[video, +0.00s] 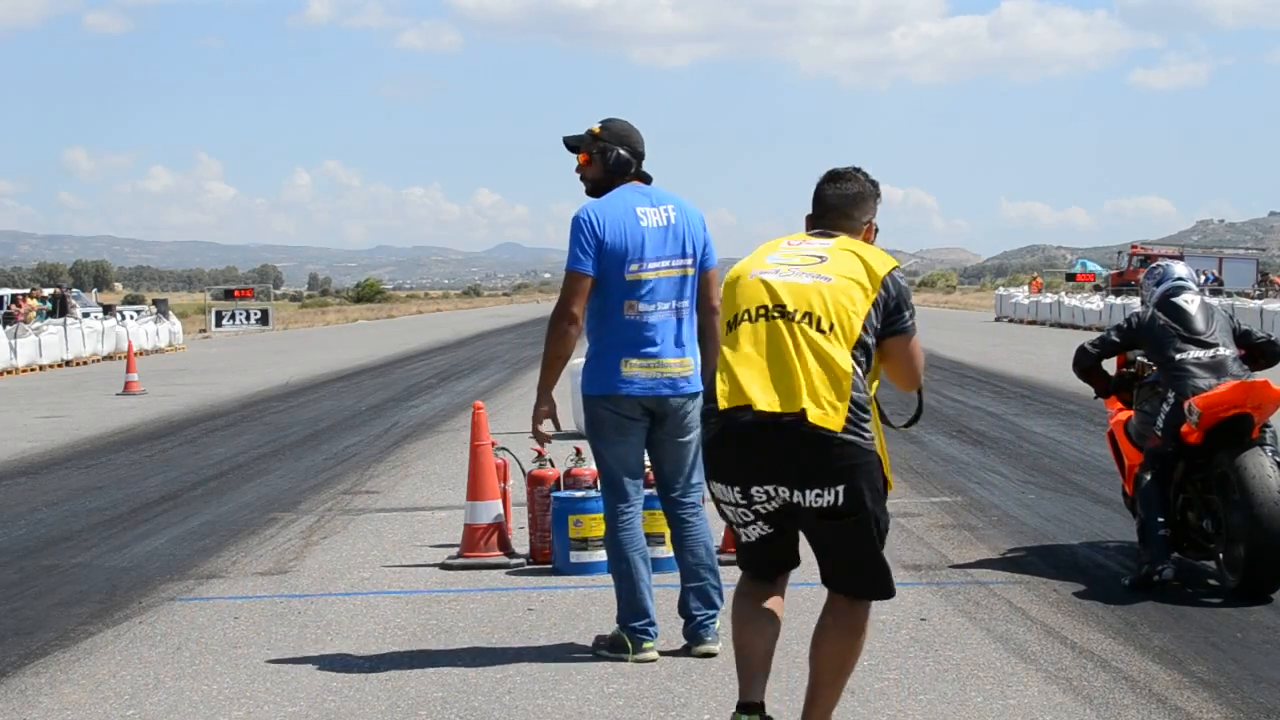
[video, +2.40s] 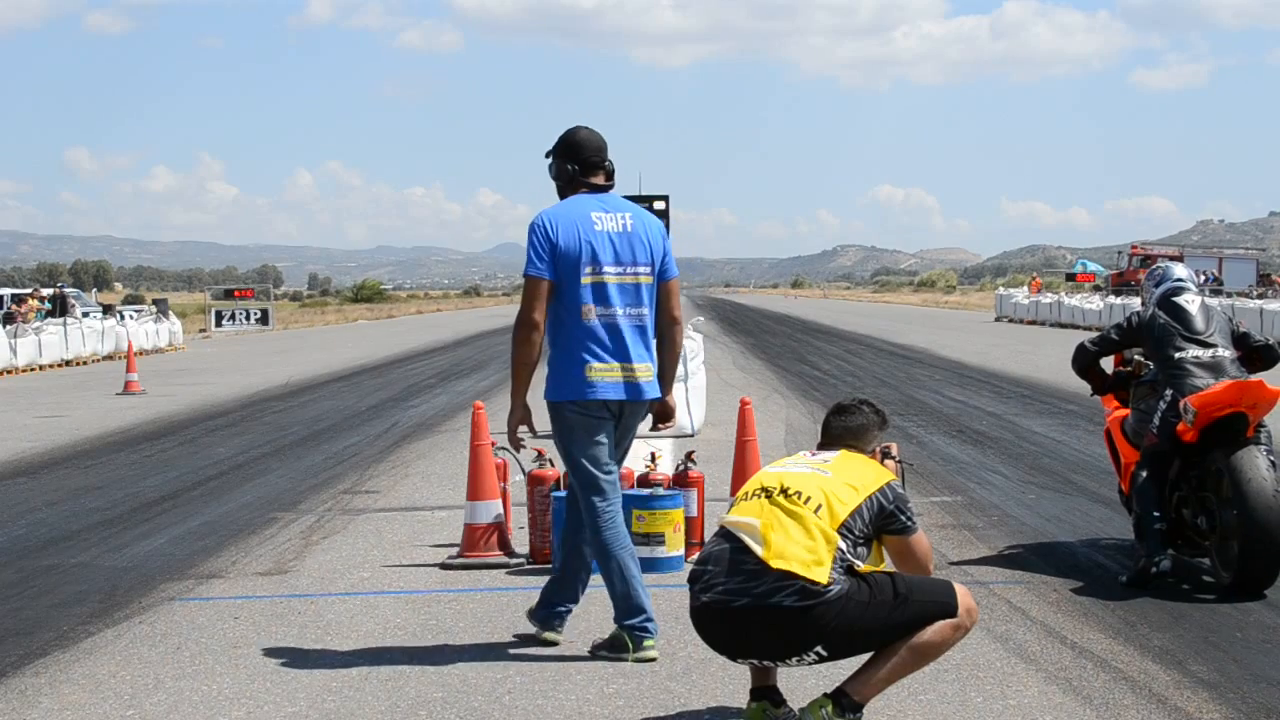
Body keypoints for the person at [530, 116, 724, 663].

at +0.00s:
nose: (578, 169)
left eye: (585, 159)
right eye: (579, 159)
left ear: (610, 161)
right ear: (635, 163)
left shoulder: (594, 218)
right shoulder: (690, 215)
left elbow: (570, 317)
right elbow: (711, 308)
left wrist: (545, 391)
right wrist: (709, 379)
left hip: (614, 386)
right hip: (682, 382)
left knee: (623, 508)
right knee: (688, 500)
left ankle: (638, 633)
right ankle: (704, 626)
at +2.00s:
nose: (591, 168)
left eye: (590, 162)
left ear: (589, 167)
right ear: (640, 165)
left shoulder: (572, 223)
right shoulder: (679, 221)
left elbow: (547, 316)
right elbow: (701, 317)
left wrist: (536, 391)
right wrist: (701, 386)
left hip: (598, 387)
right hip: (664, 384)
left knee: (614, 503)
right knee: (664, 492)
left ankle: (638, 631)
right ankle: (681, 614)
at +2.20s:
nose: (573, 173)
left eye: (573, 167)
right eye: (581, 166)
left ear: (577, 170)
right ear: (626, 168)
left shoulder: (563, 223)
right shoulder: (668, 223)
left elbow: (540, 317)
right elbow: (687, 319)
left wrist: (525, 396)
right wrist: (679, 389)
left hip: (590, 388)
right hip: (655, 384)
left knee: (613, 505)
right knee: (626, 501)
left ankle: (639, 631)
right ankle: (609, 617)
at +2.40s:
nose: (552, 178)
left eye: (553, 170)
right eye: (552, 170)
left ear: (564, 172)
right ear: (609, 173)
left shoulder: (552, 223)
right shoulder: (650, 224)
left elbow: (532, 321)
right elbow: (672, 319)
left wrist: (519, 398)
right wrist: (665, 390)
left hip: (578, 388)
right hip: (638, 387)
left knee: (603, 504)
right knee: (586, 496)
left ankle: (638, 629)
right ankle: (551, 615)